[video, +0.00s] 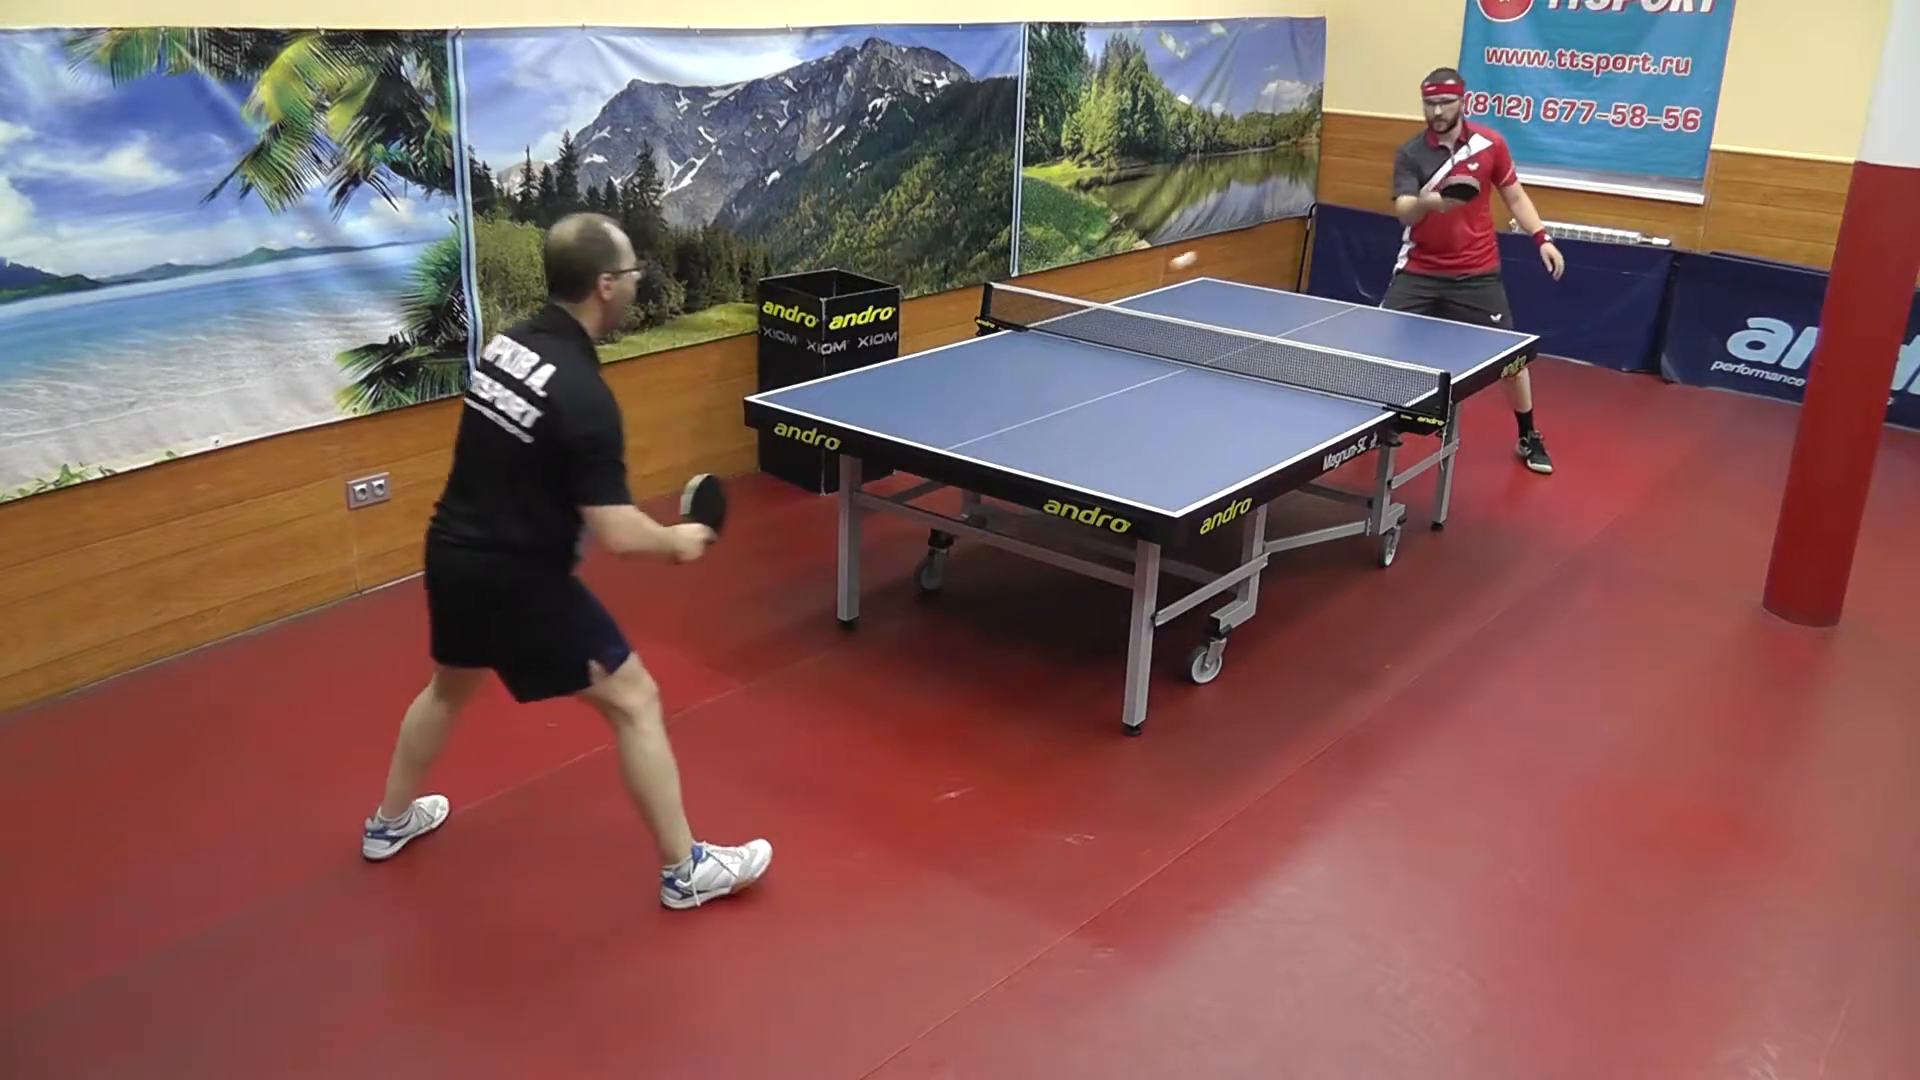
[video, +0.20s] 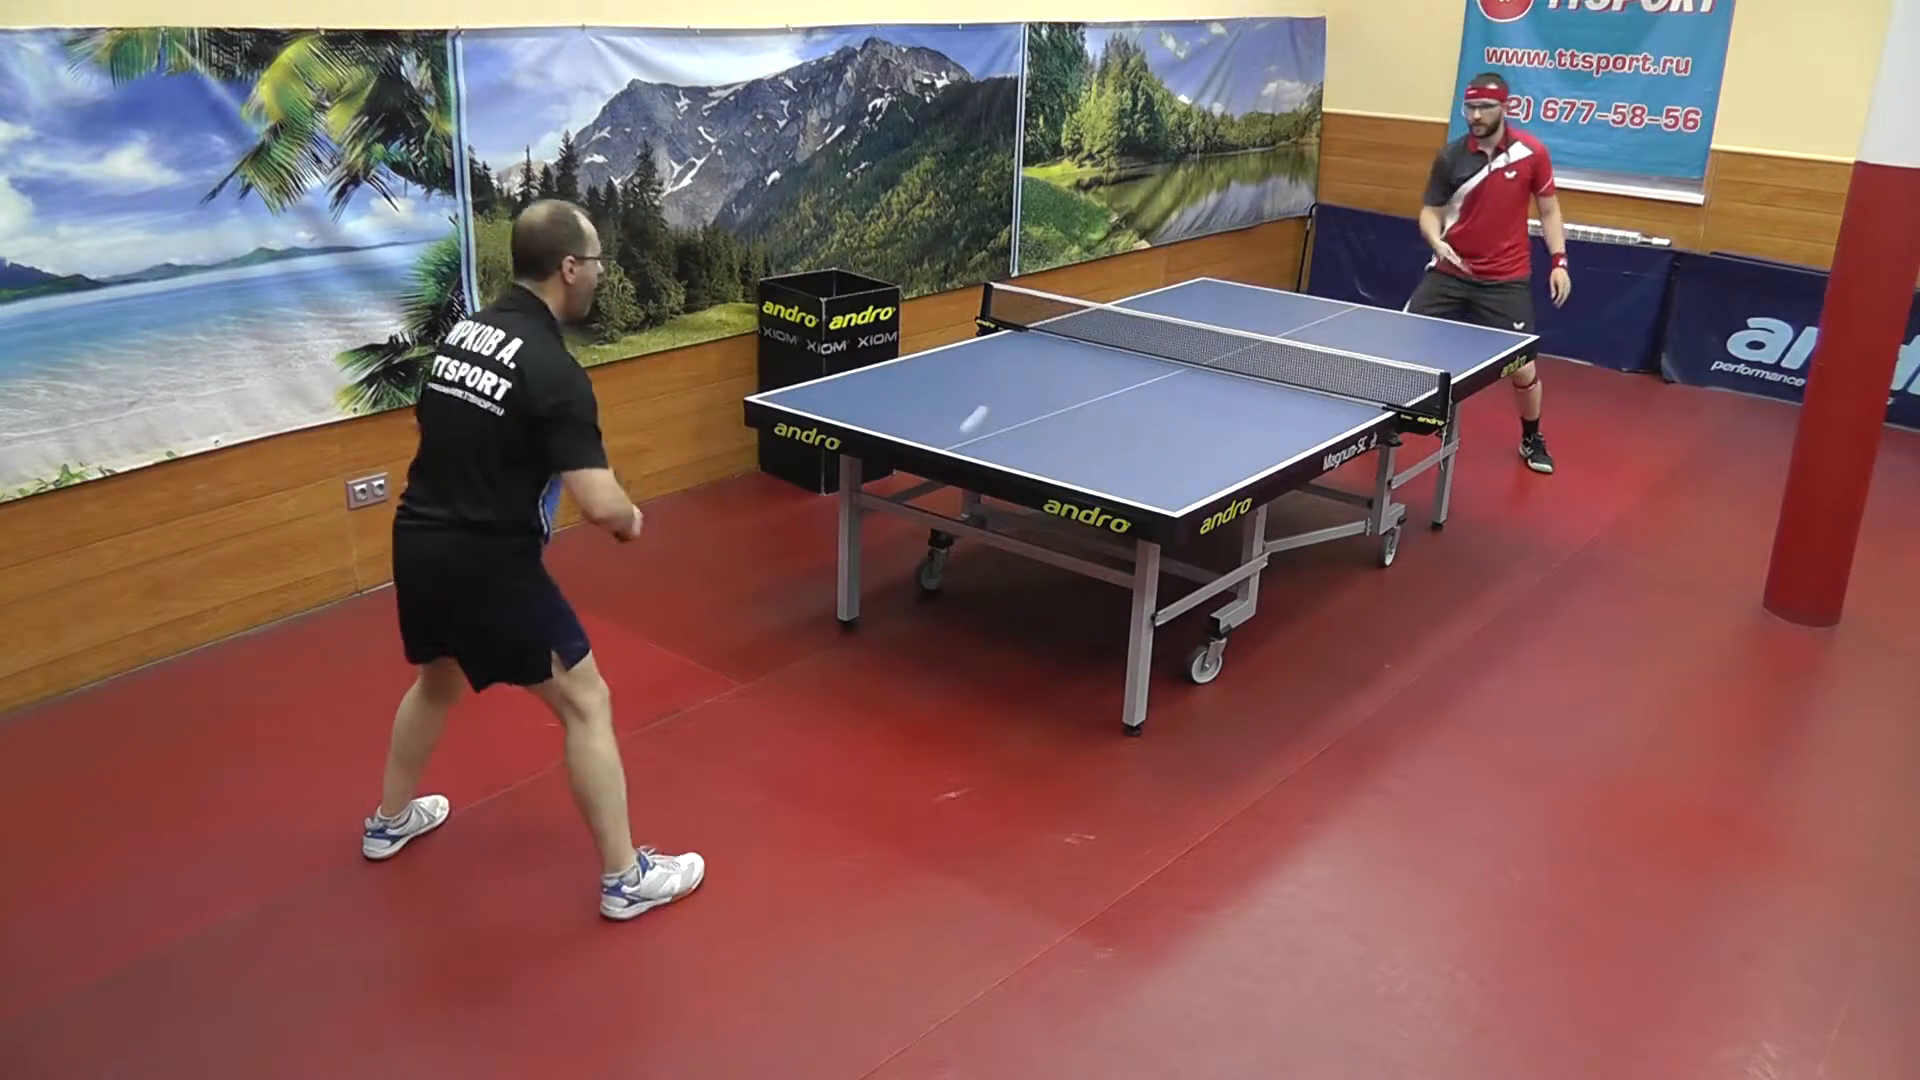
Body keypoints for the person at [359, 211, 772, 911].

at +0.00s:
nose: (637, 283)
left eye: (634, 270)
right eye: (631, 272)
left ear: (568, 283)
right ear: (603, 287)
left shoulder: (512, 342)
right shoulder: (586, 398)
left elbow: (512, 458)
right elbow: (614, 526)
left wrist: (588, 514)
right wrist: (674, 540)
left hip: (452, 558)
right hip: (523, 578)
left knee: (446, 689)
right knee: (634, 699)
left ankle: (388, 819)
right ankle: (684, 865)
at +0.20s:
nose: (600, 275)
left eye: (599, 261)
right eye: (596, 262)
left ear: (529, 267)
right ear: (569, 269)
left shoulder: (468, 330)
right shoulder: (555, 369)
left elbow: (455, 435)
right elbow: (596, 496)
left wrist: (550, 484)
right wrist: (626, 516)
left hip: (419, 547)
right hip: (494, 561)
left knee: (439, 681)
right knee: (585, 702)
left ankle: (390, 816)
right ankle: (624, 872)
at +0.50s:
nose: (576, 286)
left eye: (572, 273)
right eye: (572, 275)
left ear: (501, 284)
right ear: (554, 281)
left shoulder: (452, 365)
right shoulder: (587, 364)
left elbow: (398, 483)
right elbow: (637, 470)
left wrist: (448, 526)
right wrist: (566, 454)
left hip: (448, 580)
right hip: (540, 583)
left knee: (436, 693)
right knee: (631, 699)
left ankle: (388, 820)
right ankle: (630, 874)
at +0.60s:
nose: (579, 297)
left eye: (575, 285)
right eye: (576, 287)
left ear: (504, 299)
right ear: (564, 294)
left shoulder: (464, 379)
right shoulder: (600, 373)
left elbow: (405, 501)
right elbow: (664, 470)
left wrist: (446, 546)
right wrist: (598, 455)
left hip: (460, 591)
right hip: (553, 591)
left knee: (443, 697)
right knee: (643, 700)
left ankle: (390, 821)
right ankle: (630, 874)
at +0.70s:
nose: (587, 291)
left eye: (583, 280)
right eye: (583, 281)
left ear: (508, 297)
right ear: (567, 289)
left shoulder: (471, 382)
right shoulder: (611, 372)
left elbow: (417, 504)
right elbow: (705, 446)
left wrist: (450, 560)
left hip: (472, 591)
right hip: (565, 592)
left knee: (444, 701)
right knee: (648, 703)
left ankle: (389, 821)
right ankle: (630, 874)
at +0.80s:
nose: (592, 281)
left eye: (588, 270)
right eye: (588, 271)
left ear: (515, 293)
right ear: (573, 284)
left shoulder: (480, 377)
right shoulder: (619, 365)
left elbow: (423, 495)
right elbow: (744, 413)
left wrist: (471, 546)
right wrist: (848, 436)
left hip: (473, 586)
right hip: (565, 589)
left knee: (442, 701)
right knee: (649, 702)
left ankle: (388, 821)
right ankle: (630, 874)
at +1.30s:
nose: (614, 265)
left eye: (611, 252)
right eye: (609, 254)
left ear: (542, 267)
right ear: (584, 265)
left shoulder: (492, 337)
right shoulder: (599, 353)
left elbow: (433, 425)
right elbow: (675, 459)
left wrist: (491, 472)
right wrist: (782, 523)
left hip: (455, 549)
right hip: (538, 563)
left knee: (445, 660)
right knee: (616, 704)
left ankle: (395, 779)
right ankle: (629, 877)